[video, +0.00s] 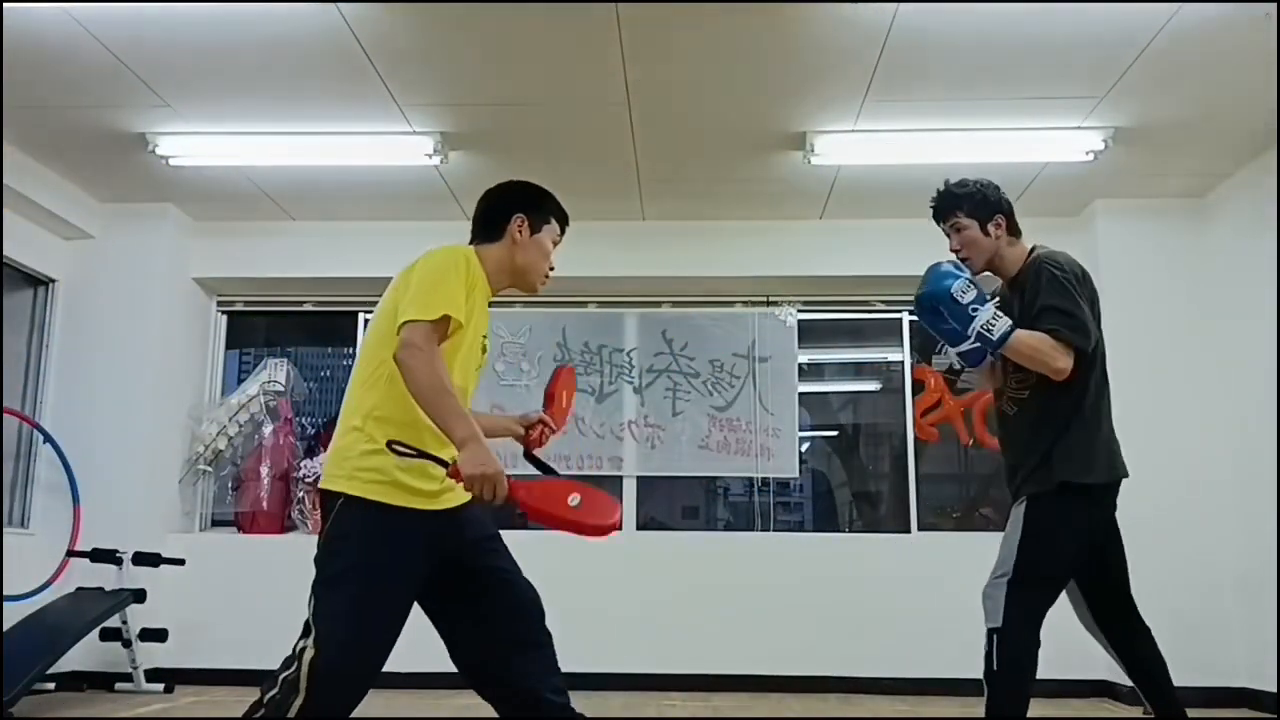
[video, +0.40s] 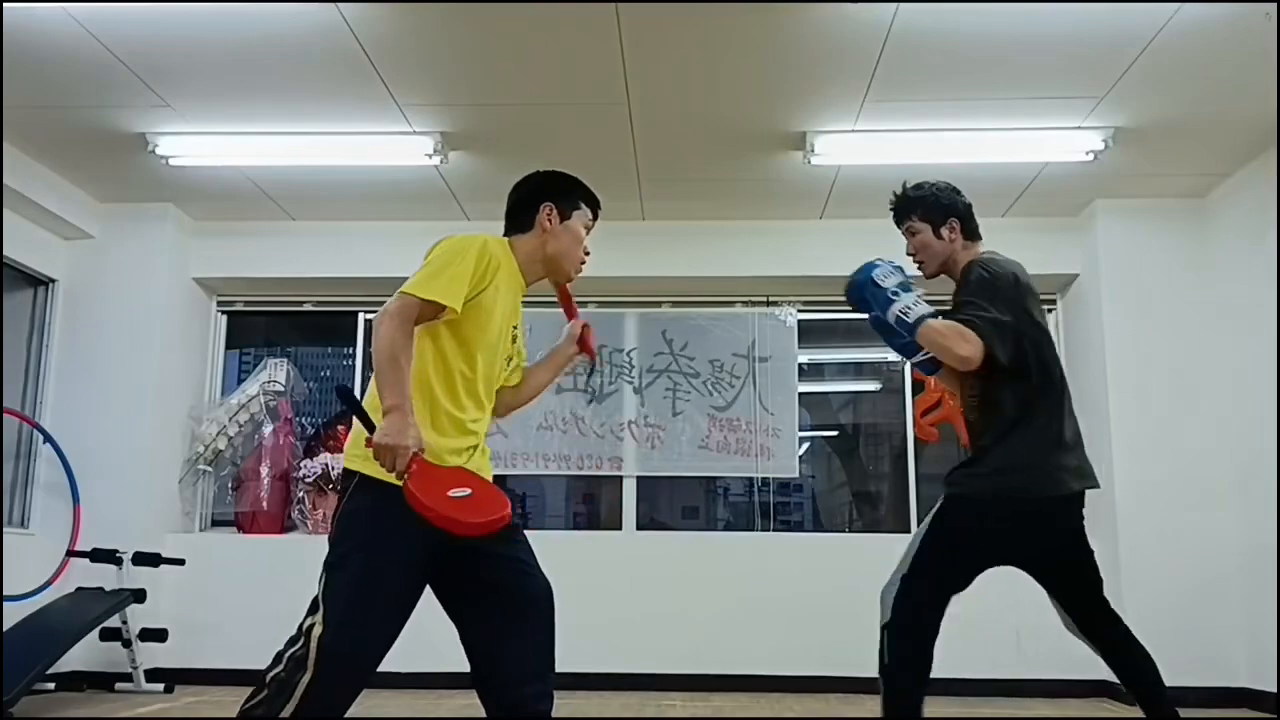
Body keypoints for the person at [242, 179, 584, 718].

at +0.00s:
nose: (555, 262)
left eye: (558, 248)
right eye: (553, 242)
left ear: (517, 233)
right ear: (519, 229)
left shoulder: (473, 312)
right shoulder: (450, 265)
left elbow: (431, 421)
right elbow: (414, 348)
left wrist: (513, 425)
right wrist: (470, 441)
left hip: (443, 501)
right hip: (377, 496)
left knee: (511, 626)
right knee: (336, 663)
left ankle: (548, 711)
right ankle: (279, 711)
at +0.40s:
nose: (589, 252)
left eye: (592, 237)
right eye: (586, 231)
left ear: (547, 224)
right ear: (549, 218)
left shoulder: (508, 308)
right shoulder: (478, 252)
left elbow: (500, 401)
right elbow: (394, 320)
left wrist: (567, 353)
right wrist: (397, 412)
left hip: (466, 488)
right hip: (394, 478)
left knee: (521, 608)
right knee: (344, 638)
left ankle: (523, 712)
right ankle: (268, 712)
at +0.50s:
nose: (602, 240)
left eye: (604, 228)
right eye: (597, 222)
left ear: (561, 217)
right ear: (559, 212)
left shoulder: (556, 311)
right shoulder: (483, 251)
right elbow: (392, 315)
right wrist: (408, 409)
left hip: (472, 482)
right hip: (397, 471)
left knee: (520, 609)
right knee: (355, 632)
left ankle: (522, 711)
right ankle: (274, 709)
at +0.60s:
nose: (596, 230)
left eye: (598, 219)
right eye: (591, 212)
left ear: (555, 209)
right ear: (549, 203)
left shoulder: (557, 297)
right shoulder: (468, 251)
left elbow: (577, 365)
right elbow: (388, 324)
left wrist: (640, 314)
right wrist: (446, 404)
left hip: (480, 485)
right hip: (402, 474)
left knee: (525, 612)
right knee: (349, 629)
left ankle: (526, 712)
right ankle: (253, 709)